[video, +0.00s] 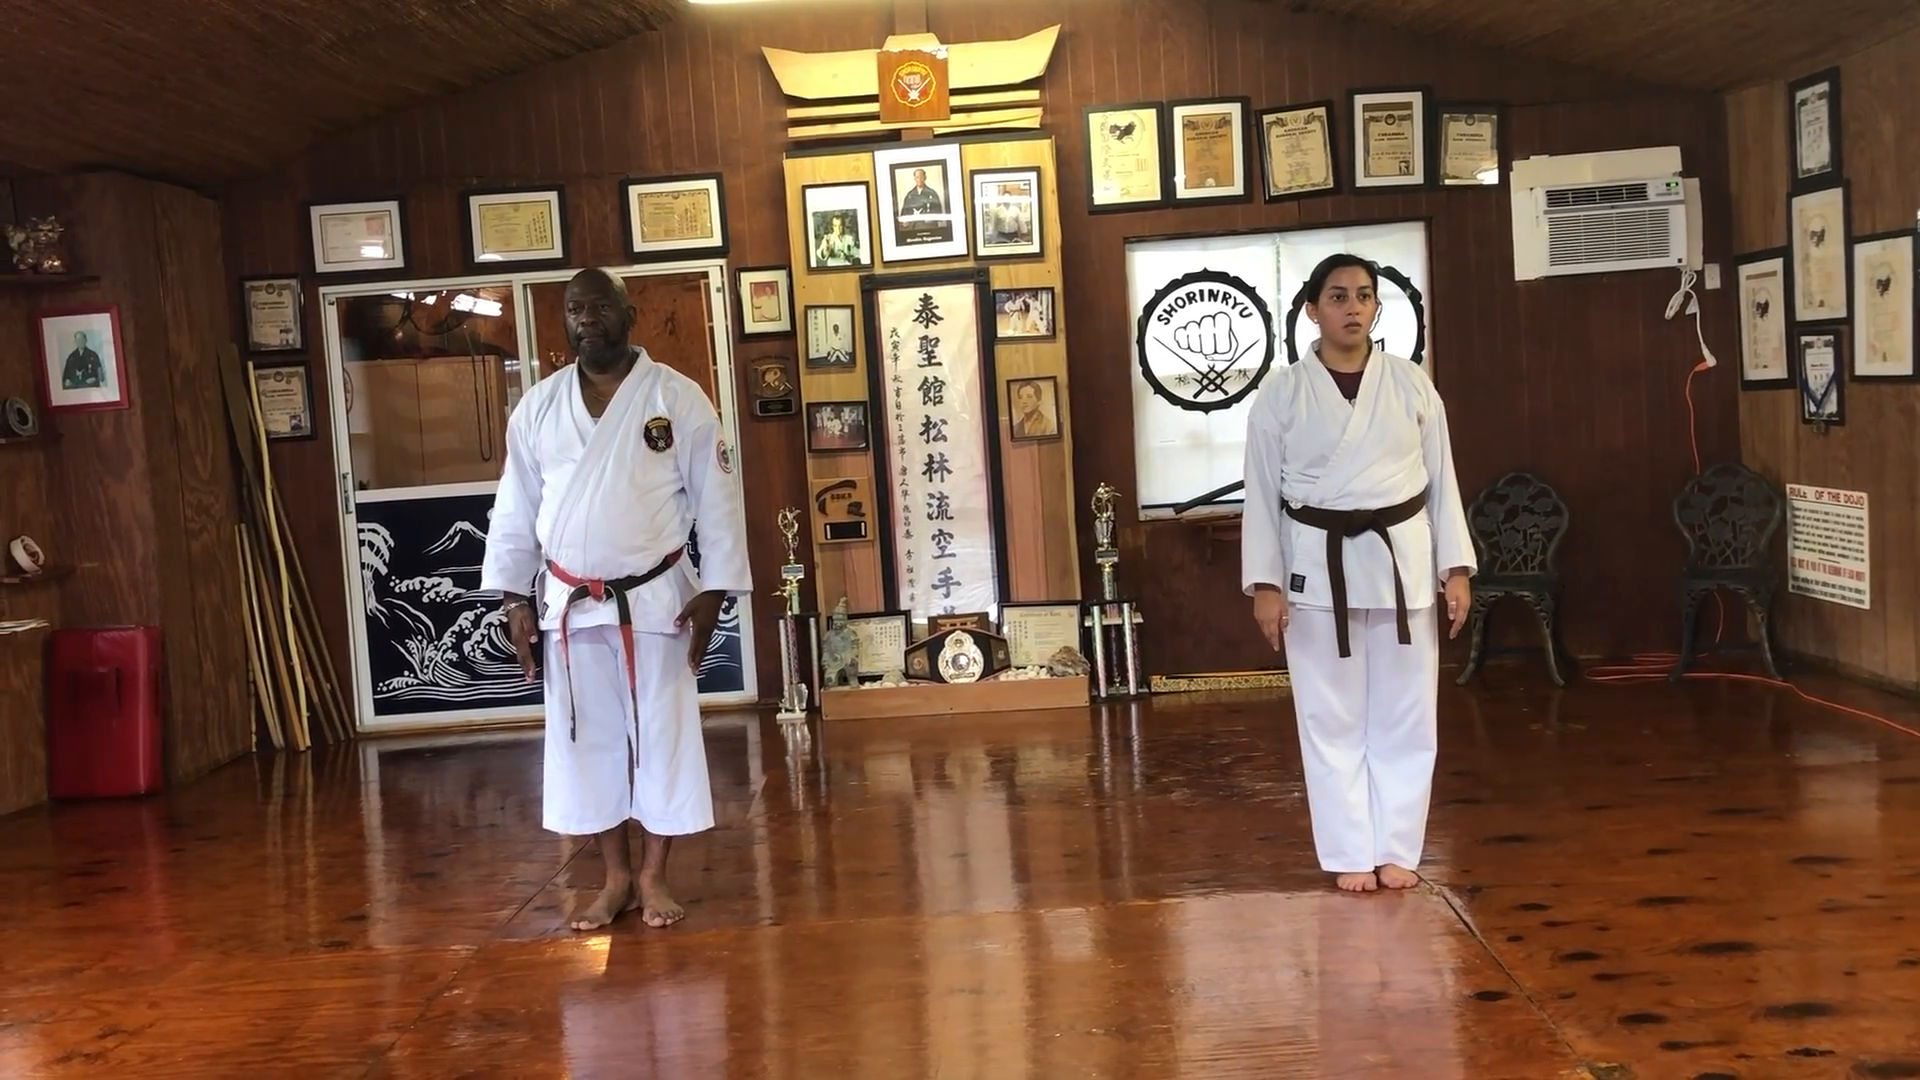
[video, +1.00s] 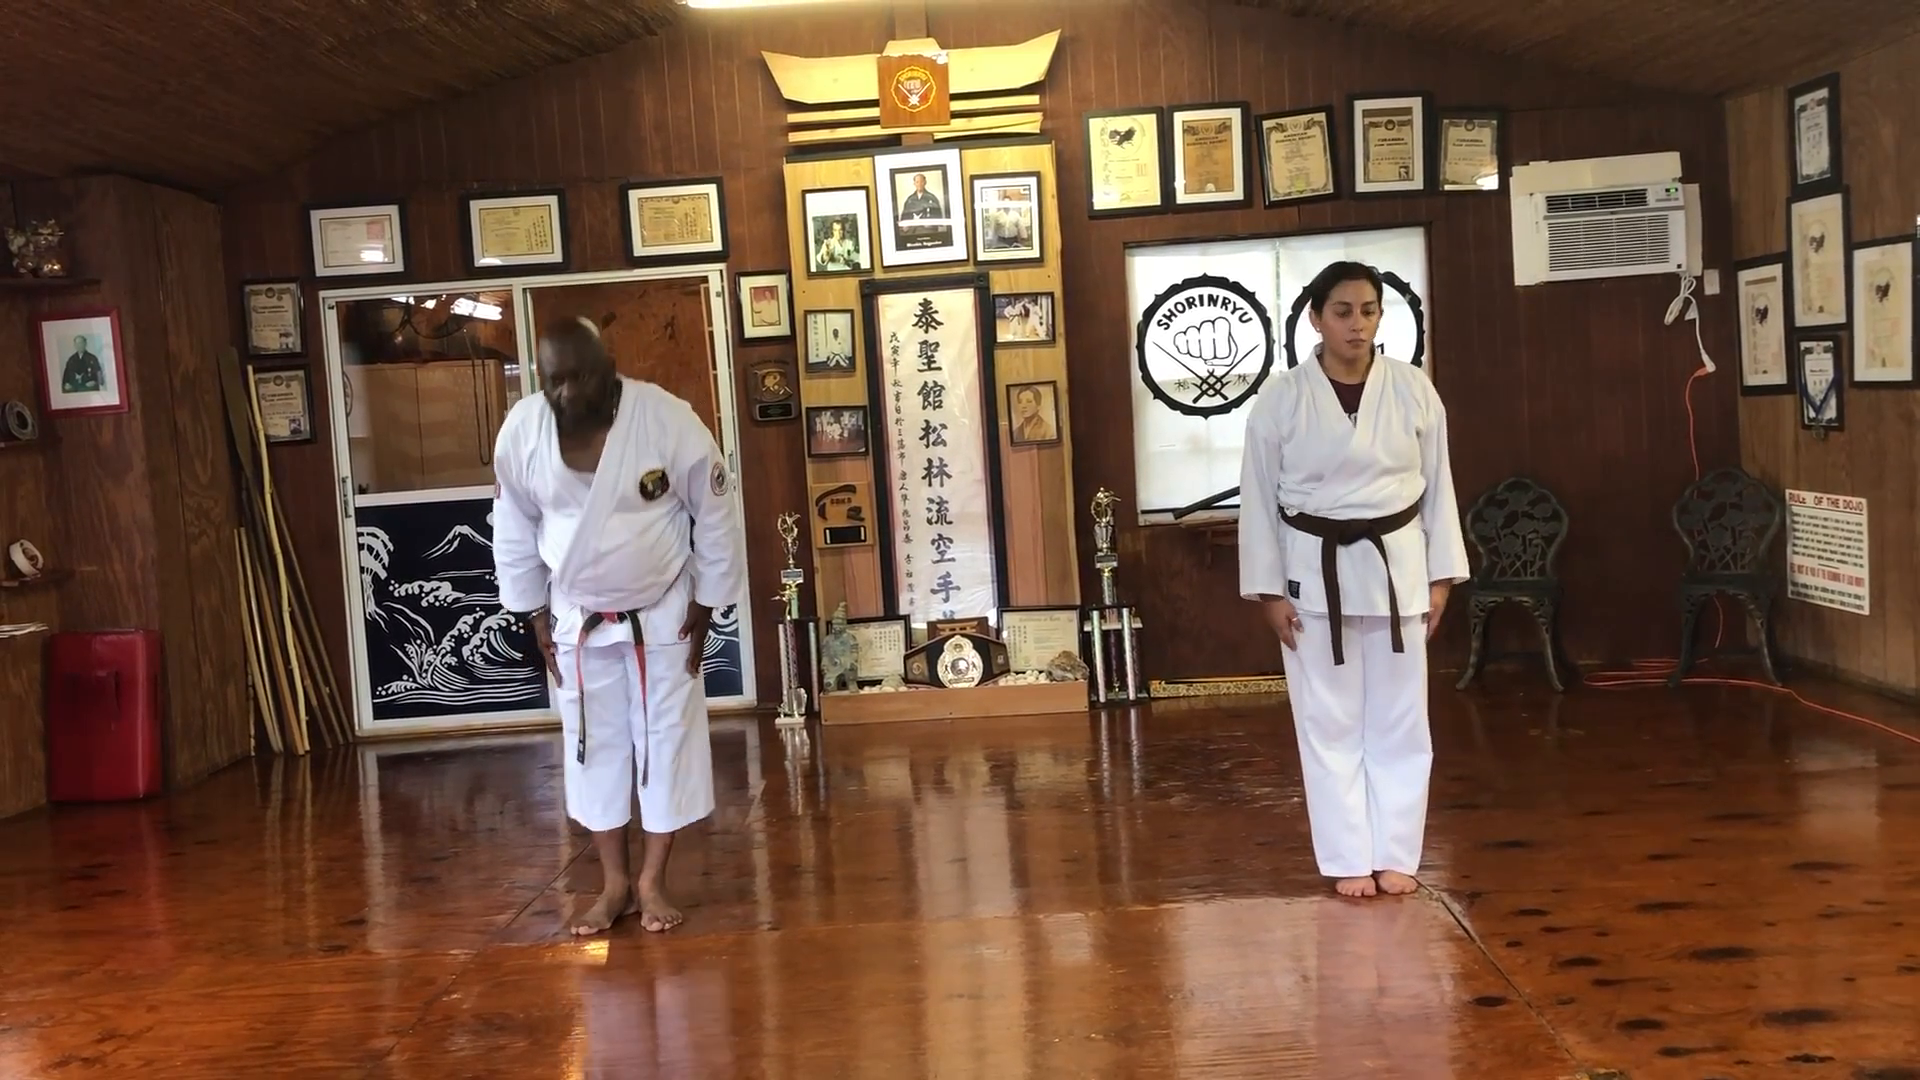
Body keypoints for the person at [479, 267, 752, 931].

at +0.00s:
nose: (587, 321)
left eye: (600, 309)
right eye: (577, 311)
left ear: (629, 317)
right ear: (563, 325)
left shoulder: (678, 398)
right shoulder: (536, 407)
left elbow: (717, 499)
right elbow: (516, 506)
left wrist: (716, 591)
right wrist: (513, 598)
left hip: (655, 591)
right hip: (570, 597)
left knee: (659, 733)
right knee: (588, 734)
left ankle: (651, 876)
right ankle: (615, 878)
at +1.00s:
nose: (560, 392)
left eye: (572, 379)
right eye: (550, 380)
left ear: (605, 367)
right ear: (540, 376)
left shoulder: (666, 420)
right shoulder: (522, 430)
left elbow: (716, 510)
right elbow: (514, 528)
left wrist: (707, 600)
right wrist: (532, 616)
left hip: (662, 608)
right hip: (577, 614)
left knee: (665, 745)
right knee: (592, 746)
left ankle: (651, 882)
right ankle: (613, 884)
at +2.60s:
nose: (583, 322)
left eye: (595, 309)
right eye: (571, 313)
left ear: (624, 317)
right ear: (558, 329)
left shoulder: (675, 399)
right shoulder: (531, 412)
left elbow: (712, 502)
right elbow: (515, 511)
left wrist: (703, 592)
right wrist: (524, 601)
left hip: (654, 591)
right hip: (570, 599)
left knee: (658, 734)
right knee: (590, 735)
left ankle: (653, 880)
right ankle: (617, 880)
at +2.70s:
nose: (583, 321)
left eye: (595, 309)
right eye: (572, 313)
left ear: (625, 318)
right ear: (558, 328)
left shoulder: (675, 399)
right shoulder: (532, 411)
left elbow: (712, 501)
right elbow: (515, 511)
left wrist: (703, 592)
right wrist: (524, 601)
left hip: (654, 591)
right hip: (570, 599)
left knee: (658, 734)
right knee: (590, 735)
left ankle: (653, 880)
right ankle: (617, 880)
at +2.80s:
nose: (583, 321)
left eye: (595, 309)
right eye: (572, 313)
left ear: (625, 317)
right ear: (559, 328)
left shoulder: (675, 398)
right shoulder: (532, 411)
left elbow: (712, 501)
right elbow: (515, 510)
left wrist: (703, 592)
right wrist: (524, 599)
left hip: (654, 591)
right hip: (571, 598)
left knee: (658, 734)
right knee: (590, 735)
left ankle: (653, 879)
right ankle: (617, 879)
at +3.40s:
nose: (604, 325)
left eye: (615, 312)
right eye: (591, 315)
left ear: (642, 317)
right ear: (578, 327)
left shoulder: (695, 397)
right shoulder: (552, 412)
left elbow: (744, 492)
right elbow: (533, 510)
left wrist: (737, 574)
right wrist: (538, 597)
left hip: (693, 584)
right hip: (602, 595)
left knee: (740, 716)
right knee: (609, 734)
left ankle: (794, 865)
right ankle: (622, 882)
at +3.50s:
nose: (619, 329)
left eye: (631, 316)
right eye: (606, 319)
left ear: (661, 320)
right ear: (593, 328)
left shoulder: (713, 399)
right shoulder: (570, 412)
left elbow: (759, 493)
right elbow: (549, 506)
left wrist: (744, 568)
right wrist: (556, 591)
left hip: (708, 587)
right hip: (618, 599)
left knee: (770, 722)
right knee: (616, 737)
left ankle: (819, 869)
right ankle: (622, 883)